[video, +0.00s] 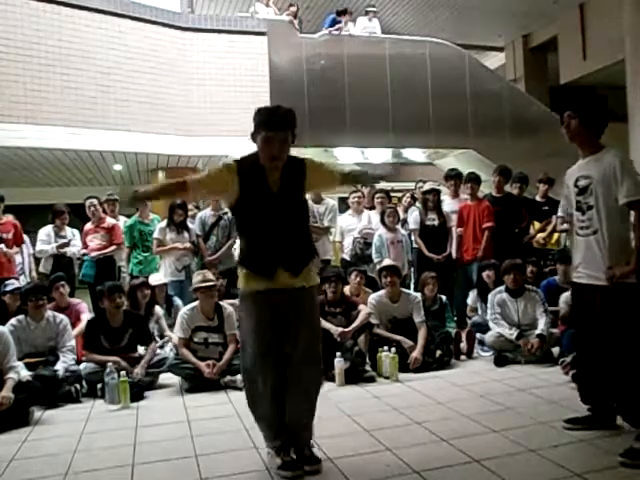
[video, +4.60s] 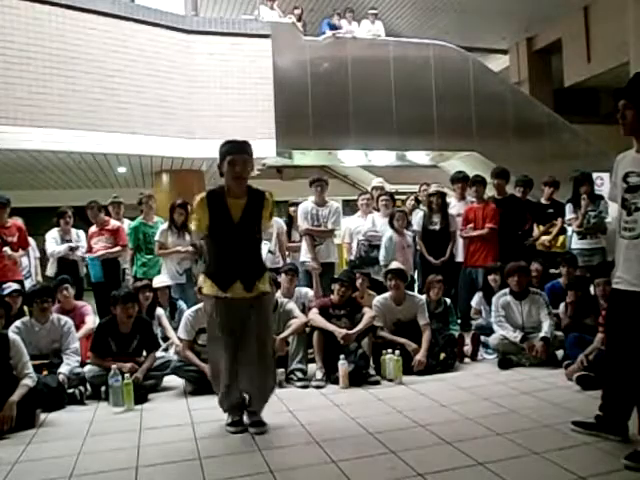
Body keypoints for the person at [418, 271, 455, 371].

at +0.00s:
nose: (431, 287)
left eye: (434, 284)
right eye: (428, 284)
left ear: (437, 287)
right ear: (423, 286)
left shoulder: (442, 300)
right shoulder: (417, 300)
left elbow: (449, 319)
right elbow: (417, 320)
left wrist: (450, 332)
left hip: (440, 331)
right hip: (424, 331)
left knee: (445, 336)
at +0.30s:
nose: (432, 287)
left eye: (435, 285)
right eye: (429, 284)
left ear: (439, 287)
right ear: (424, 286)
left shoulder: (443, 300)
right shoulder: (418, 300)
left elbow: (449, 319)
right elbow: (417, 319)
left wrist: (451, 331)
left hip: (440, 330)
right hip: (425, 331)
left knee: (445, 336)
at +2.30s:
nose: (435, 292)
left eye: (437, 288)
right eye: (432, 289)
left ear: (441, 290)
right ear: (427, 290)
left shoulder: (446, 303)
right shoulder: (422, 302)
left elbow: (453, 322)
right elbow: (421, 321)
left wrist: (453, 334)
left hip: (444, 331)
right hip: (429, 331)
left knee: (449, 338)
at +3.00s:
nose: (435, 292)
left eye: (437, 289)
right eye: (432, 289)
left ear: (441, 290)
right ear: (427, 291)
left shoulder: (446, 303)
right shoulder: (421, 303)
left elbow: (453, 322)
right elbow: (421, 322)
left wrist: (453, 334)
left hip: (444, 331)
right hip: (429, 331)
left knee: (449, 338)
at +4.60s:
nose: (436, 291)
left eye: (439, 288)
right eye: (433, 288)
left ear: (443, 290)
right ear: (428, 289)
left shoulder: (447, 303)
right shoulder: (422, 302)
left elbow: (453, 322)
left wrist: (452, 335)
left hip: (444, 332)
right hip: (428, 333)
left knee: (450, 339)